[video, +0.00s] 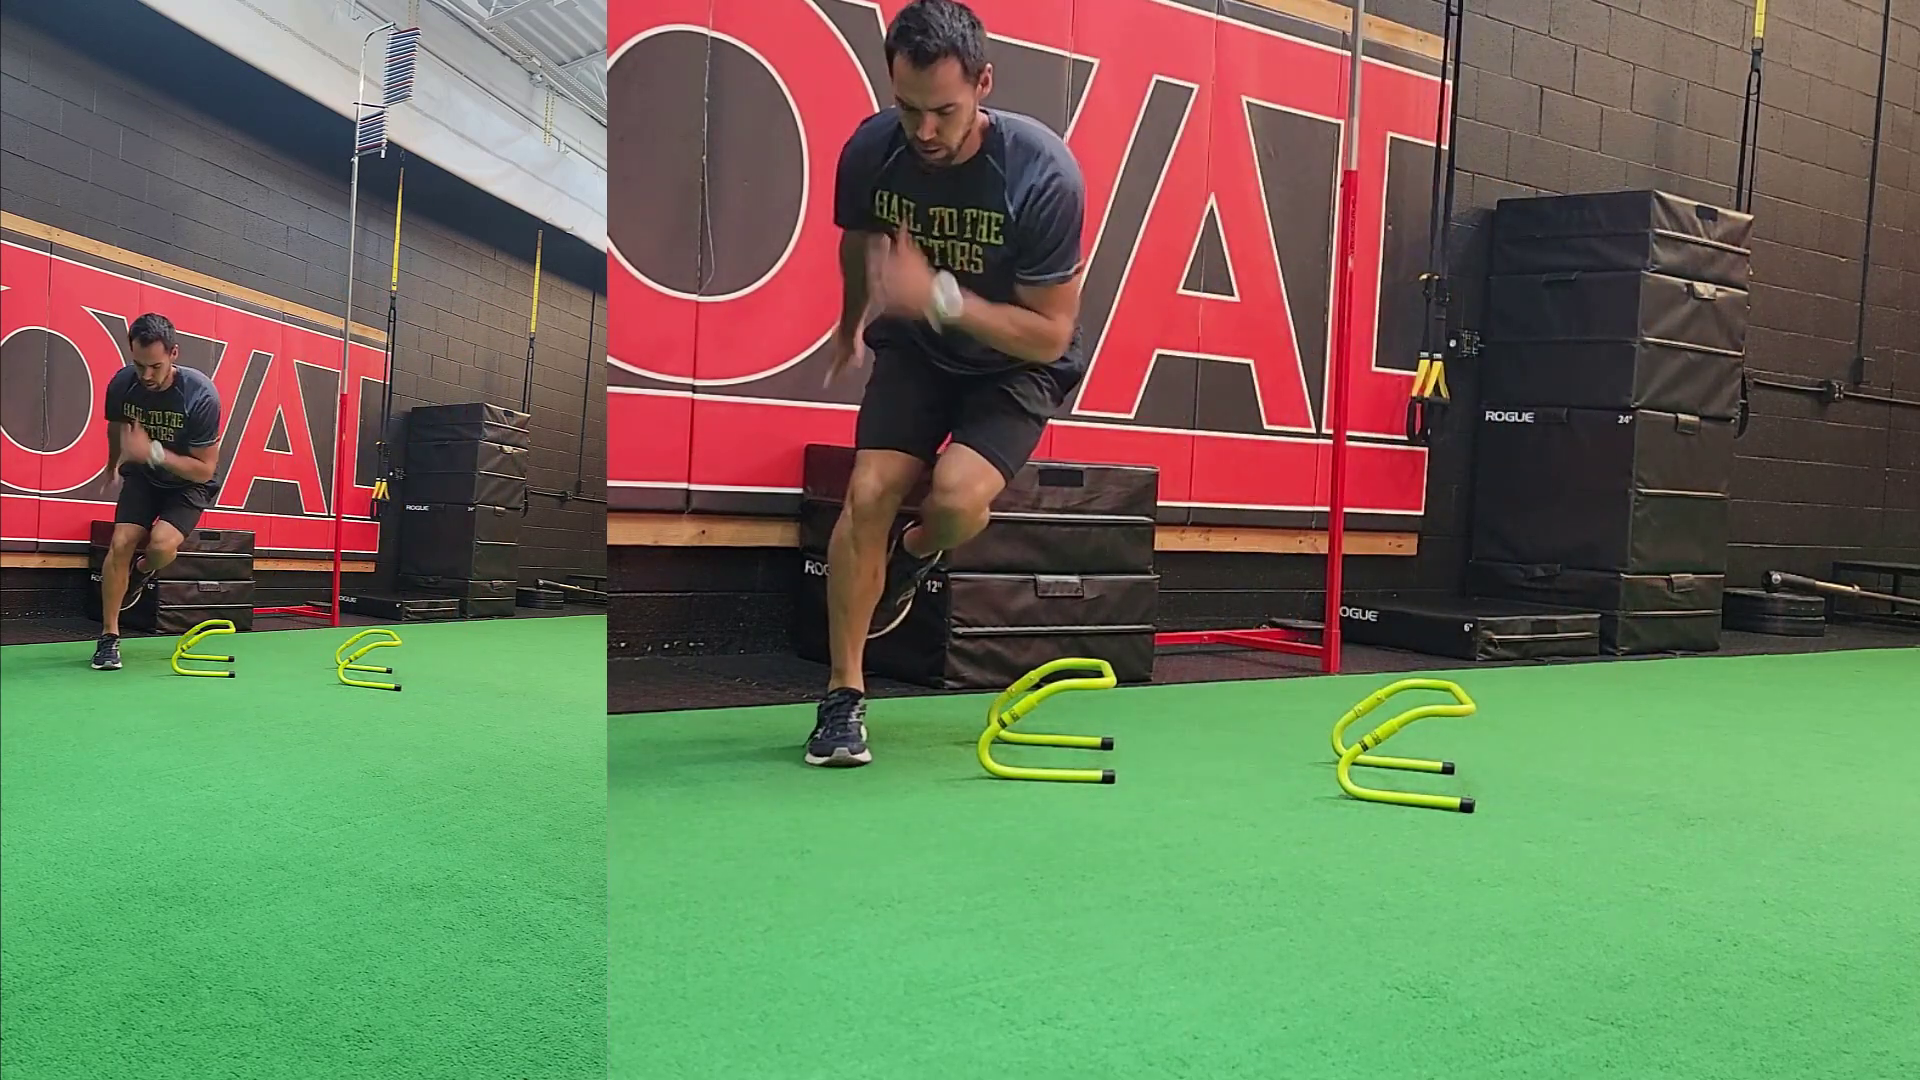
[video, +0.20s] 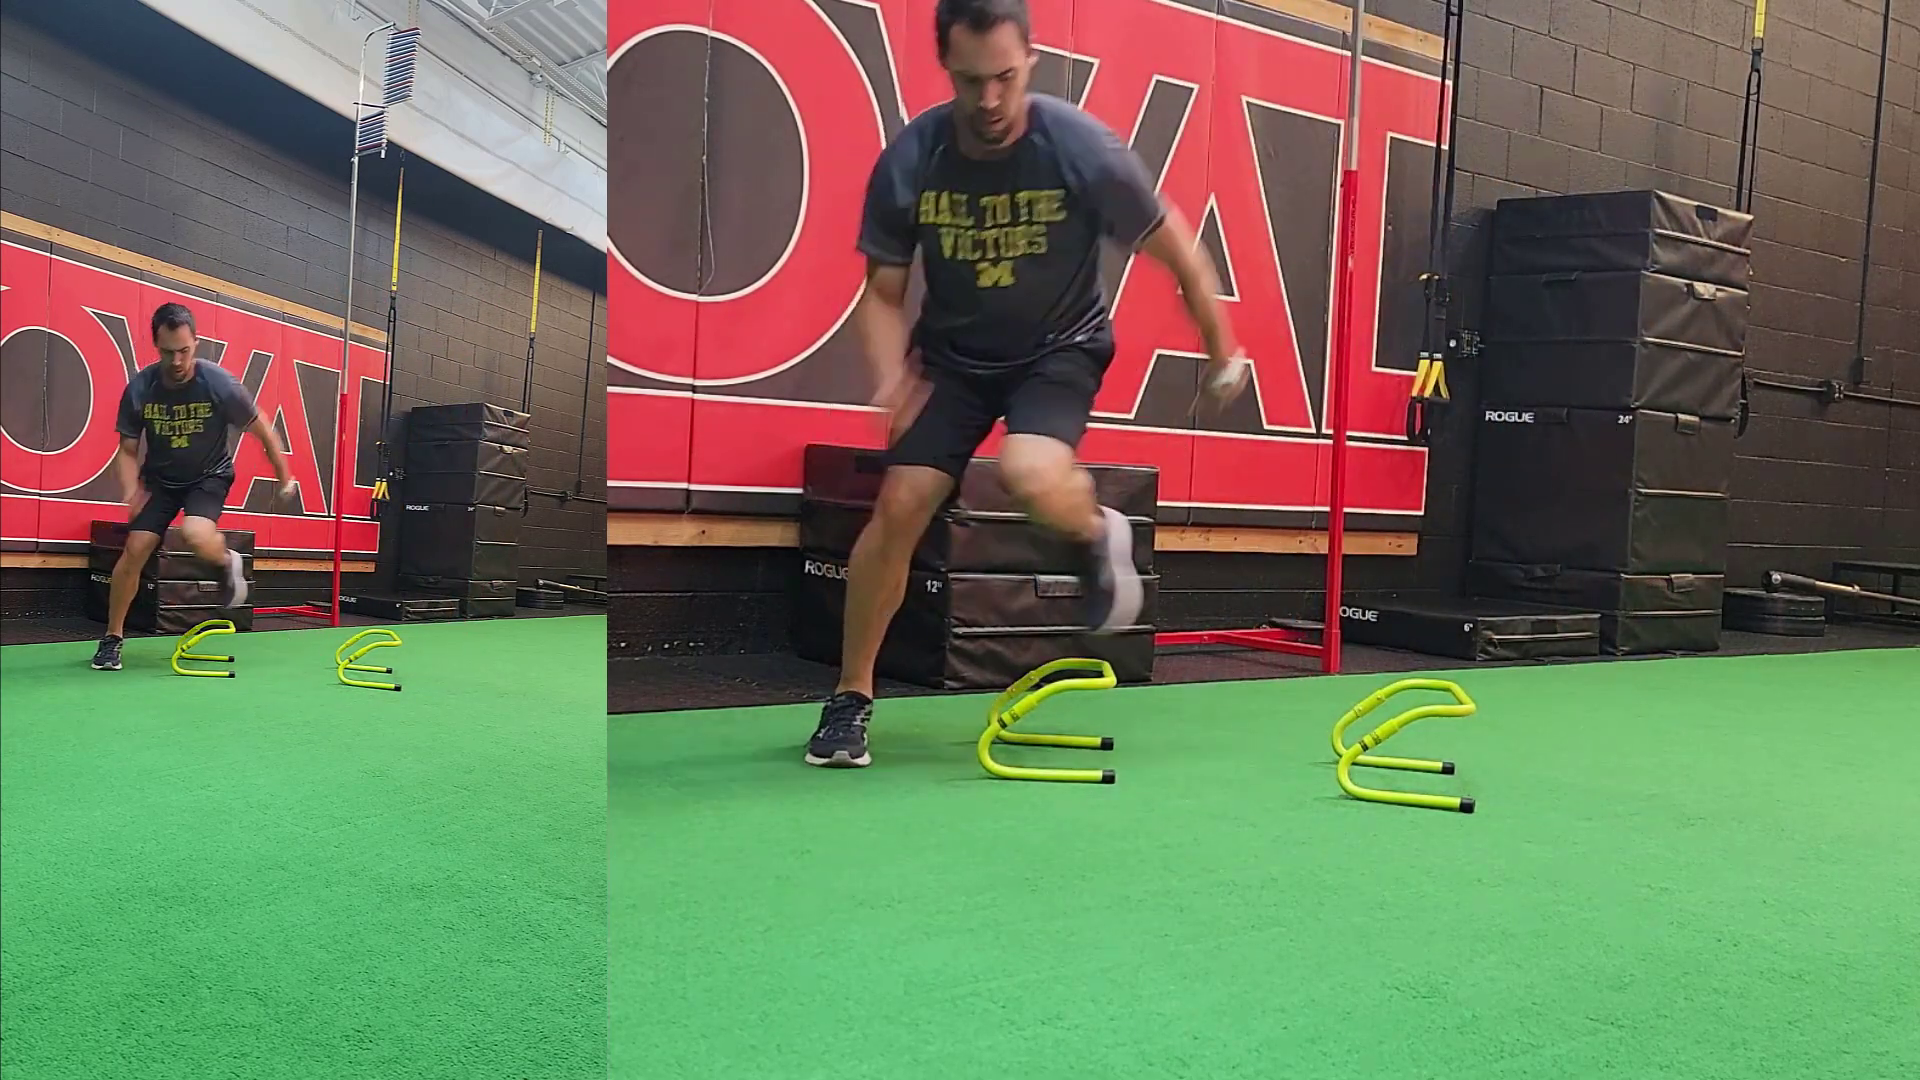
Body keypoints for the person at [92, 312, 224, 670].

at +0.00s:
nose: (147, 375)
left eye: (155, 367)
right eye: (140, 365)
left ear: (174, 355)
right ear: (131, 355)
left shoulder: (202, 397)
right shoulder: (122, 385)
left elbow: (205, 470)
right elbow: (116, 428)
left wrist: (153, 452)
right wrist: (112, 467)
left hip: (189, 482)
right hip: (141, 475)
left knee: (162, 543)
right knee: (122, 543)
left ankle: (141, 575)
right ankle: (110, 636)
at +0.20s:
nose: (177, 360)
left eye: (184, 351)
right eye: (169, 352)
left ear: (196, 343)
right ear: (156, 345)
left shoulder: (220, 384)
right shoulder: (139, 389)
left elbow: (261, 427)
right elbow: (127, 449)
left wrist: (284, 476)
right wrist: (130, 489)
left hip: (209, 476)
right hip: (160, 480)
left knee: (196, 535)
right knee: (135, 549)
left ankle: (229, 565)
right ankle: (113, 636)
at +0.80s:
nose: (380, 323)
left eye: (386, 314)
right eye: (372, 314)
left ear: (392, 309)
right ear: (351, 307)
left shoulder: (398, 349)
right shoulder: (322, 358)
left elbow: (401, 408)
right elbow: (289, 409)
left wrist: (387, 402)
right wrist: (267, 462)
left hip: (378, 458)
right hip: (331, 467)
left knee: (422, 514)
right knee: (327, 554)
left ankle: (406, 571)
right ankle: (296, 643)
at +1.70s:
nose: (430, 359)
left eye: (440, 351)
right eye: (424, 348)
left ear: (456, 346)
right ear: (415, 342)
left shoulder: (467, 388)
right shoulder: (385, 382)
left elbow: (477, 459)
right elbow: (338, 408)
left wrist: (460, 444)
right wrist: (308, 442)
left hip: (439, 484)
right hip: (389, 471)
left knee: (461, 564)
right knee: (385, 523)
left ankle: (476, 651)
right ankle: (348, 587)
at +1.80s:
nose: (396, 331)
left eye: (406, 323)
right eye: (391, 320)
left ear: (421, 320)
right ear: (380, 314)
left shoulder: (434, 357)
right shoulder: (350, 360)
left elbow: (448, 412)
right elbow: (321, 404)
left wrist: (432, 428)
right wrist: (303, 457)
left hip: (409, 463)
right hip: (358, 460)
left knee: (432, 541)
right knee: (343, 539)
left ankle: (460, 627)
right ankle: (310, 632)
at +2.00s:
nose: (330, 312)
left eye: (338, 303)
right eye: (324, 301)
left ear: (356, 297)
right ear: (315, 296)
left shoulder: (379, 340)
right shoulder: (295, 338)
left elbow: (404, 378)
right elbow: (273, 397)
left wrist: (406, 431)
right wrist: (296, 400)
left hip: (353, 445)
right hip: (304, 444)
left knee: (338, 502)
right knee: (298, 529)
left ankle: (345, 594)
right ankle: (298, 633)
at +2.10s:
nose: (299, 309)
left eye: (309, 300)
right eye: (294, 299)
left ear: (328, 295)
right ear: (286, 294)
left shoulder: (348, 341)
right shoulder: (268, 335)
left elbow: (376, 392)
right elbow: (253, 388)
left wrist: (381, 449)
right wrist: (259, 407)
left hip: (323, 441)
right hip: (279, 436)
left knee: (307, 532)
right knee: (259, 508)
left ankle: (314, 636)